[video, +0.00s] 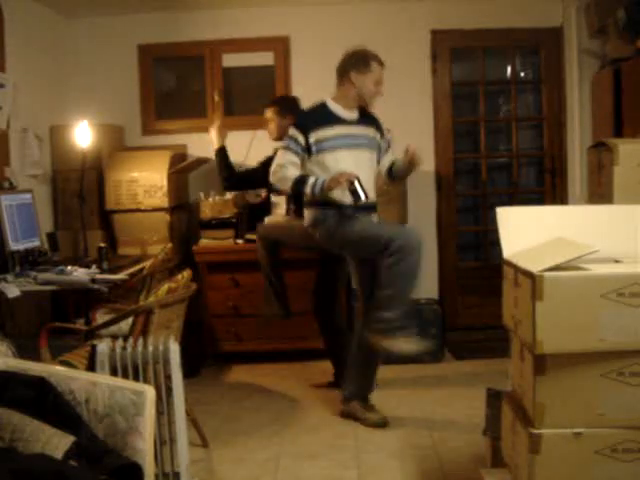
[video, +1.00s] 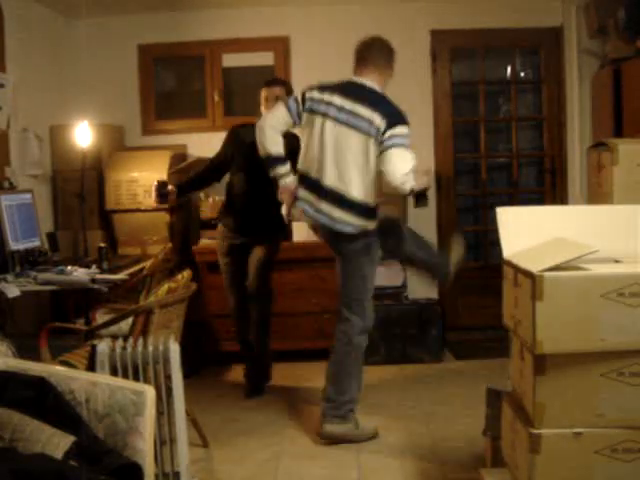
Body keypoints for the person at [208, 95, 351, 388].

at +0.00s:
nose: (267, 127)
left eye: (271, 120)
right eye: (267, 121)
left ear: (288, 122)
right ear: (288, 123)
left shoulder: (286, 157)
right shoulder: (313, 152)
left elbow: (234, 182)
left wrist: (219, 145)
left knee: (326, 302)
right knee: (332, 302)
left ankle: (344, 371)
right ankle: (344, 369)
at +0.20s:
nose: (241, 135)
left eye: (245, 129)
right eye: (240, 129)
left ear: (264, 128)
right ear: (266, 129)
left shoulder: (262, 164)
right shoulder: (291, 151)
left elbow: (215, 202)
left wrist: (206, 166)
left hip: (301, 242)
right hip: (320, 237)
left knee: (260, 285)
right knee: (282, 298)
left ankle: (259, 364)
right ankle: (286, 371)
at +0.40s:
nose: (242, 133)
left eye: (248, 125)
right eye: (238, 127)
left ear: (261, 126)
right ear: (235, 129)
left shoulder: (267, 159)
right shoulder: (261, 158)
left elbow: (261, 216)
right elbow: (257, 210)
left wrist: (223, 231)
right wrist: (235, 214)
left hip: (287, 245)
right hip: (282, 243)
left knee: (238, 284)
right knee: (265, 304)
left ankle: (245, 358)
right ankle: (286, 372)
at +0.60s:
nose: (258, 106)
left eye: (264, 100)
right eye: (252, 100)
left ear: (274, 104)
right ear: (244, 106)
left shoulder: (287, 145)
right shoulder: (242, 145)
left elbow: (312, 181)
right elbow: (242, 189)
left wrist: (312, 222)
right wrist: (213, 203)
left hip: (281, 231)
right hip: (253, 232)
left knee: (242, 290)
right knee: (245, 296)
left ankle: (268, 364)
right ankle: (262, 371)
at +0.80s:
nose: (272, 119)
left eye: (278, 113)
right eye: (266, 113)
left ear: (286, 118)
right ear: (256, 118)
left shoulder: (291, 160)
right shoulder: (238, 151)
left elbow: (307, 201)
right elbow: (219, 189)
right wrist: (189, 201)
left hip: (274, 246)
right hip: (240, 246)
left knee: (264, 322)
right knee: (234, 318)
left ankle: (311, 371)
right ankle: (259, 379)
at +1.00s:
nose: (270, 107)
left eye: (277, 101)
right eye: (266, 100)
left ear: (288, 104)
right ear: (259, 102)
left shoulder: (292, 141)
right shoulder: (240, 135)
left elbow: (296, 179)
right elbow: (215, 169)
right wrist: (178, 189)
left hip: (268, 226)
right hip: (233, 226)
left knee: (257, 293)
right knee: (237, 299)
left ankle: (258, 373)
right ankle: (252, 367)